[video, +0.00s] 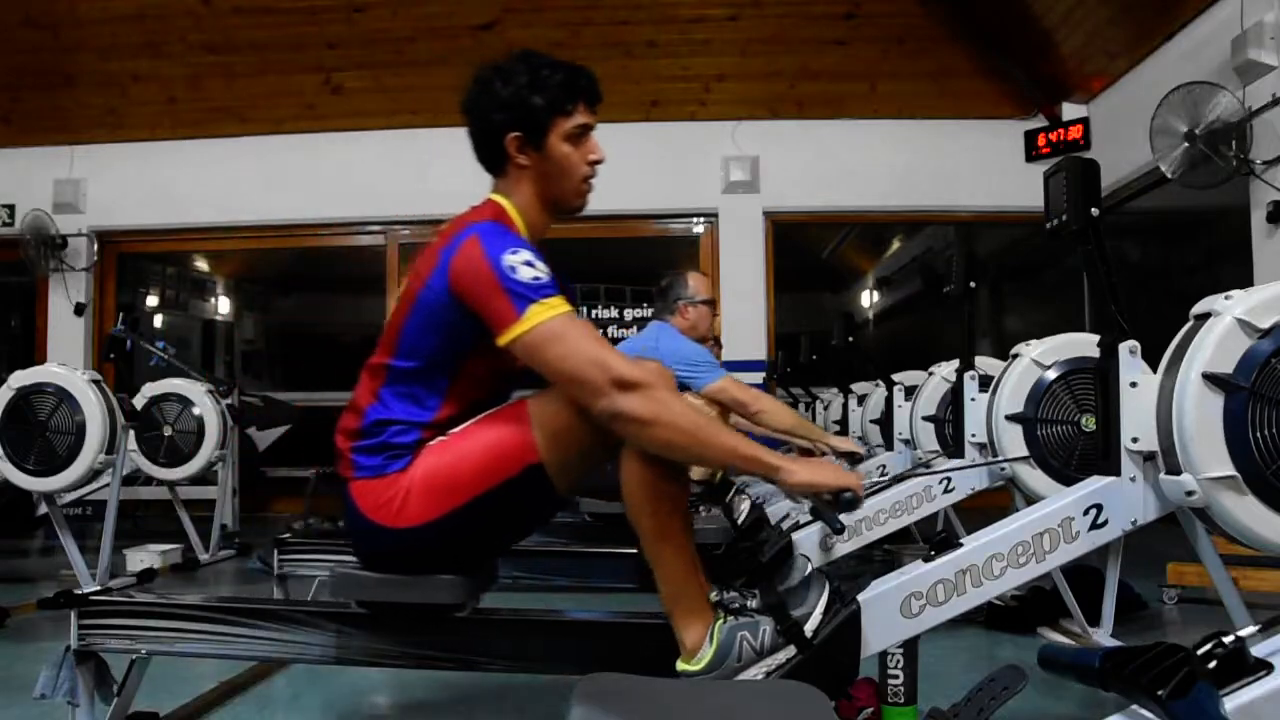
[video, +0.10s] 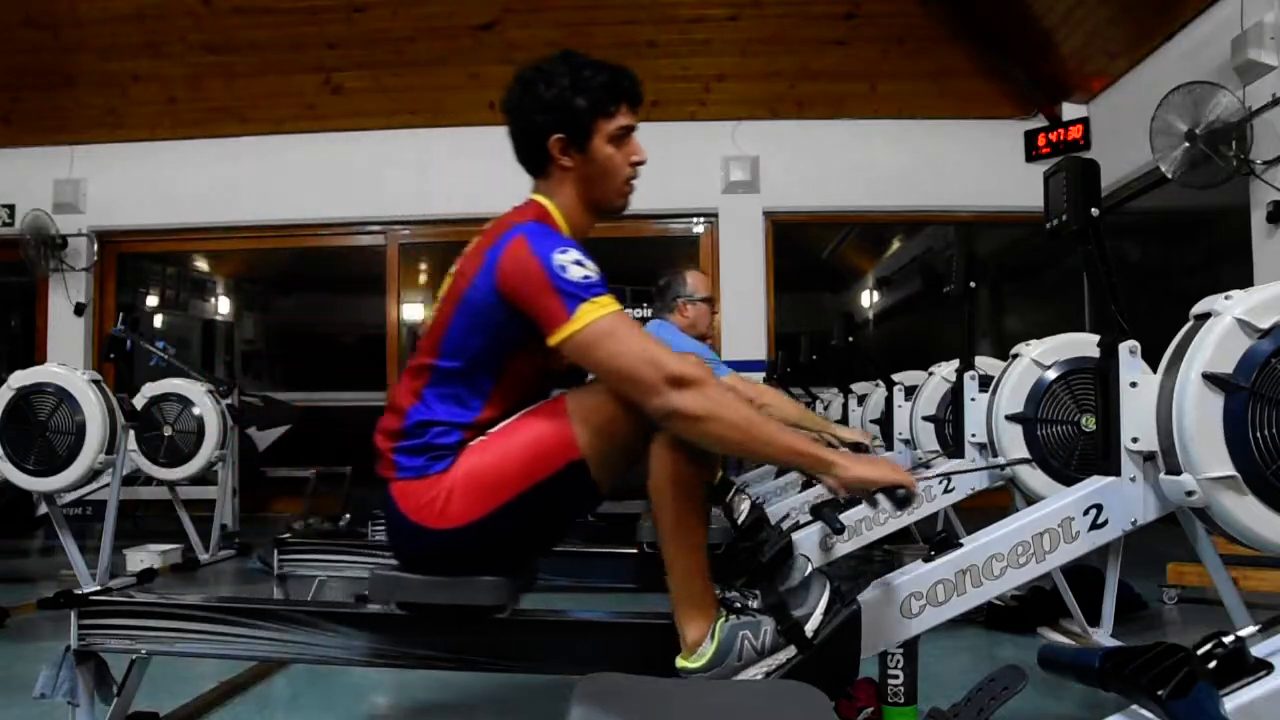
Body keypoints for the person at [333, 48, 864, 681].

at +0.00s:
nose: (598, 155)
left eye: (594, 136)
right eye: (579, 137)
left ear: (529, 153)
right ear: (520, 150)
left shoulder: (502, 244)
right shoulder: (487, 248)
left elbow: (611, 378)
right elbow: (620, 389)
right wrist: (780, 468)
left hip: (422, 483)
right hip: (396, 499)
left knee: (633, 386)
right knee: (633, 398)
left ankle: (698, 620)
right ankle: (700, 641)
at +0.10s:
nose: (640, 157)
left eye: (635, 138)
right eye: (621, 139)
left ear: (571, 154)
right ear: (563, 152)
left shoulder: (546, 244)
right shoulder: (533, 248)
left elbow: (665, 373)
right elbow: (672, 388)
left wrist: (821, 441)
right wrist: (829, 464)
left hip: (460, 490)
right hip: (437, 503)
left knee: (667, 384)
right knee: (661, 398)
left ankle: (705, 616)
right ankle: (701, 637)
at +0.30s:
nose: (708, 157)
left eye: (704, 139)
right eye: (691, 141)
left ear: (638, 155)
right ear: (634, 154)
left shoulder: (619, 243)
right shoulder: (610, 248)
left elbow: (764, 366)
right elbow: (765, 383)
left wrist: (883, 445)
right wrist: (923, 447)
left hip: (520, 495)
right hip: (502, 506)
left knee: (734, 373)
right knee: (730, 384)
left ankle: (705, 607)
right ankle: (702, 623)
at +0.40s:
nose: (725, 157)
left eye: (721, 139)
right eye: (708, 142)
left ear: (653, 157)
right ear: (651, 155)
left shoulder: (638, 242)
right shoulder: (626, 247)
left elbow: (779, 367)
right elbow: (790, 376)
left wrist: (894, 439)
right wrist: (953, 434)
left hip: (531, 491)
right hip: (514, 505)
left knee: (746, 376)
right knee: (738, 379)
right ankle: (703, 620)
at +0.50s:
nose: (716, 154)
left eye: (711, 136)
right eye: (699, 138)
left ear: (644, 154)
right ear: (642, 152)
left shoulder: (630, 239)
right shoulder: (620, 246)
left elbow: (777, 353)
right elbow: (783, 370)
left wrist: (888, 425)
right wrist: (946, 423)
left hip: (527, 488)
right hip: (507, 503)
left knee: (741, 371)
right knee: (734, 380)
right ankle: (704, 622)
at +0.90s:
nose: (408, 116)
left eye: (403, 99)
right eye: (387, 100)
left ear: (351, 119)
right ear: (327, 117)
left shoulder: (372, 228)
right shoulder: (321, 211)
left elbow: (468, 349)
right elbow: (448, 337)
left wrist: (607, 370)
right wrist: (616, 367)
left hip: (325, 475)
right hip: (280, 487)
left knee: (548, 426)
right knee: (539, 436)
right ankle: (702, 640)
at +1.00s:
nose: (313, 116)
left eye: (312, 100)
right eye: (290, 100)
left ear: (311, 112)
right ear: (230, 116)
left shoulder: (297, 235)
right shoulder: (225, 211)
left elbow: (385, 337)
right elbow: (342, 333)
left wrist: (513, 358)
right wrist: (515, 356)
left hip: (269, 468)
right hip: (223, 480)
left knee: (513, 475)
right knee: (492, 481)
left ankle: (704, 618)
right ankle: (703, 643)